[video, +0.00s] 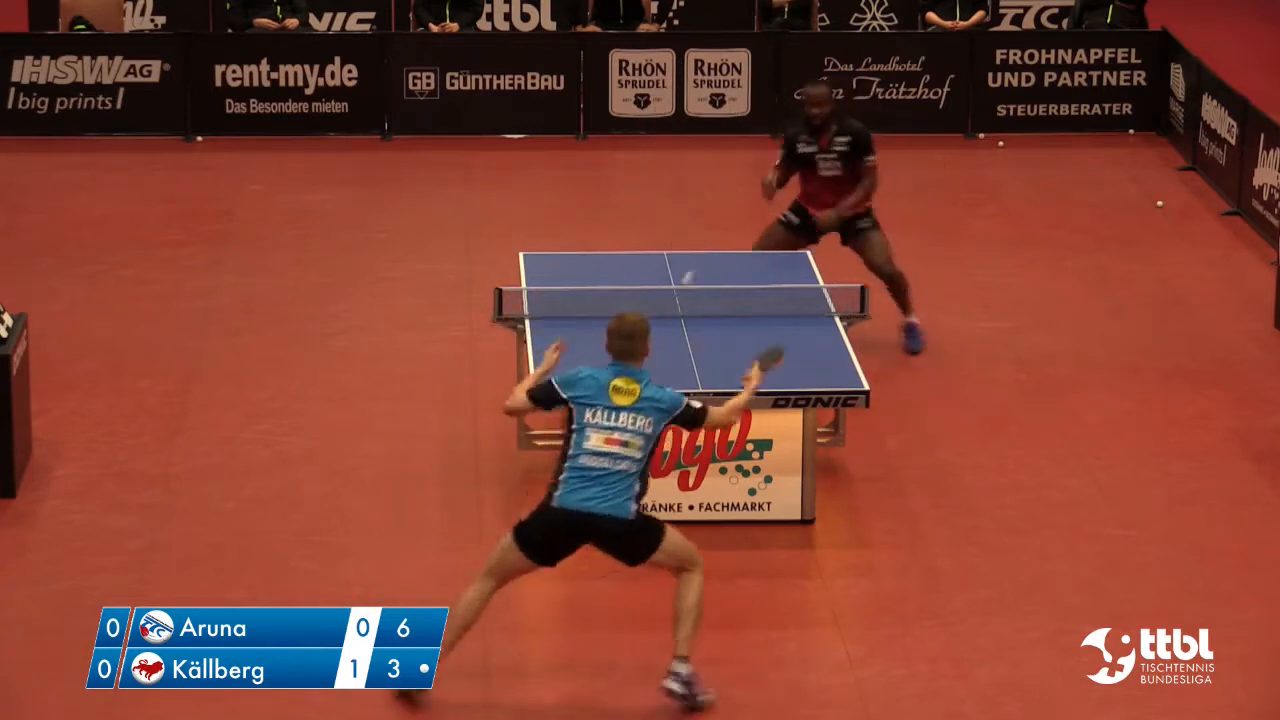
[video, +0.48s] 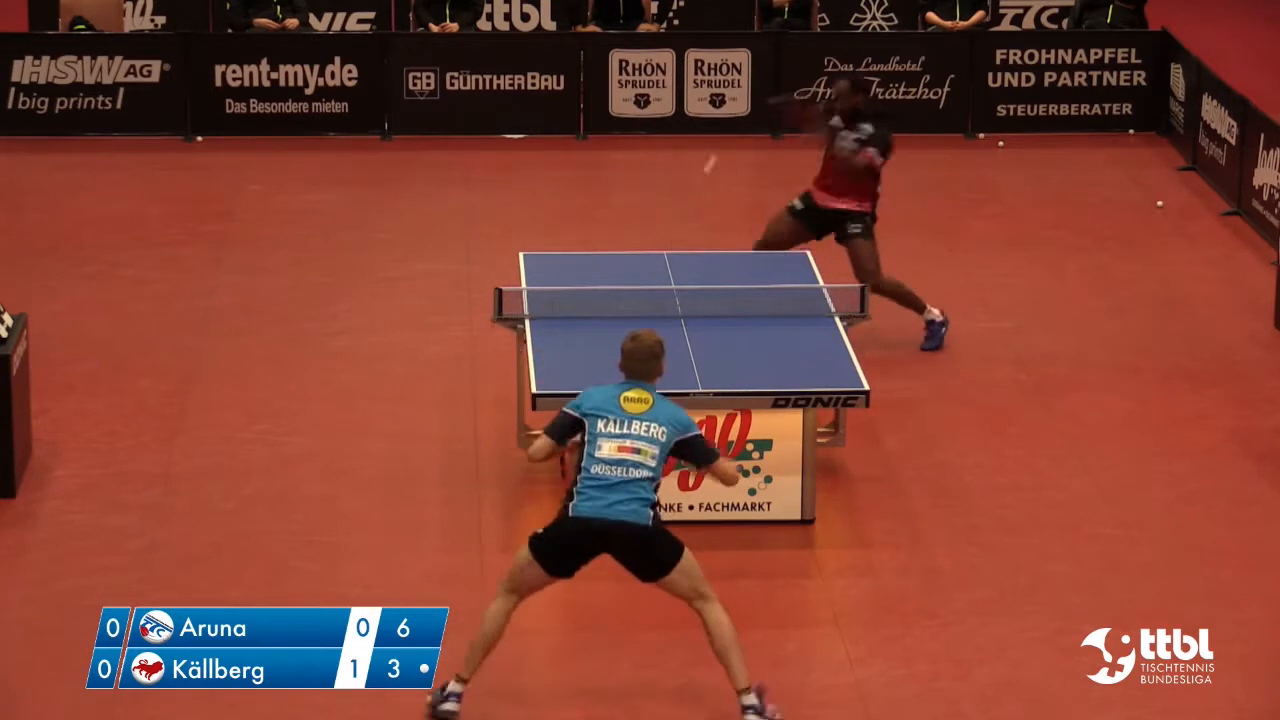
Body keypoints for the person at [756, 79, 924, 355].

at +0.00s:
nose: (815, 111)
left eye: (821, 105)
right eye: (810, 105)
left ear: (833, 104)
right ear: (803, 106)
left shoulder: (855, 133)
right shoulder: (796, 135)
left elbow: (869, 183)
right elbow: (785, 170)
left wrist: (838, 212)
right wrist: (773, 180)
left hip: (853, 213)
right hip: (807, 211)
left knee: (887, 270)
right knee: (760, 255)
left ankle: (910, 320)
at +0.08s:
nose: (786, 121)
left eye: (791, 115)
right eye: (781, 115)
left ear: (804, 114)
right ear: (775, 117)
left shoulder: (819, 137)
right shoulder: (775, 144)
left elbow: (827, 191)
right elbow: (777, 185)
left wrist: (787, 218)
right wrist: (756, 201)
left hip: (838, 219)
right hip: (798, 219)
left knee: (861, 280)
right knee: (753, 252)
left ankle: (901, 324)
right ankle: (751, 319)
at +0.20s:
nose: (760, 137)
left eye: (766, 131)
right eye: (756, 131)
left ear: (780, 127)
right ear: (754, 131)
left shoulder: (790, 153)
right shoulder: (769, 150)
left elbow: (770, 201)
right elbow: (786, 198)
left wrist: (728, 229)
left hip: (823, 233)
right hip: (785, 226)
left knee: (843, 302)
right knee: (731, 252)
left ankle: (913, 309)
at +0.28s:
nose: (767, 133)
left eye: (773, 127)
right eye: (764, 128)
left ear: (787, 124)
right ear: (765, 126)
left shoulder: (792, 148)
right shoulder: (803, 138)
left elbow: (772, 192)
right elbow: (834, 166)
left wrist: (735, 220)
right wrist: (805, 190)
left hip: (827, 236)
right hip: (793, 228)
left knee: (845, 307)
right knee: (740, 252)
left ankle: (918, 315)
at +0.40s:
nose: (800, 106)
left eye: (805, 101)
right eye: (799, 101)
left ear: (823, 100)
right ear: (808, 102)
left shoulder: (842, 128)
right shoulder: (817, 125)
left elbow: (829, 175)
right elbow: (815, 157)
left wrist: (790, 200)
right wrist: (789, 154)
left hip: (844, 219)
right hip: (810, 213)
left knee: (863, 293)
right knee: (763, 262)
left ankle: (931, 317)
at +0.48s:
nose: (835, 103)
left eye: (840, 98)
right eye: (834, 97)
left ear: (859, 99)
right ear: (836, 98)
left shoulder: (877, 134)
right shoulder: (835, 121)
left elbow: (862, 166)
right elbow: (809, 119)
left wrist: (841, 151)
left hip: (854, 213)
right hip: (817, 202)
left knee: (872, 280)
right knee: (763, 249)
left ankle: (933, 317)